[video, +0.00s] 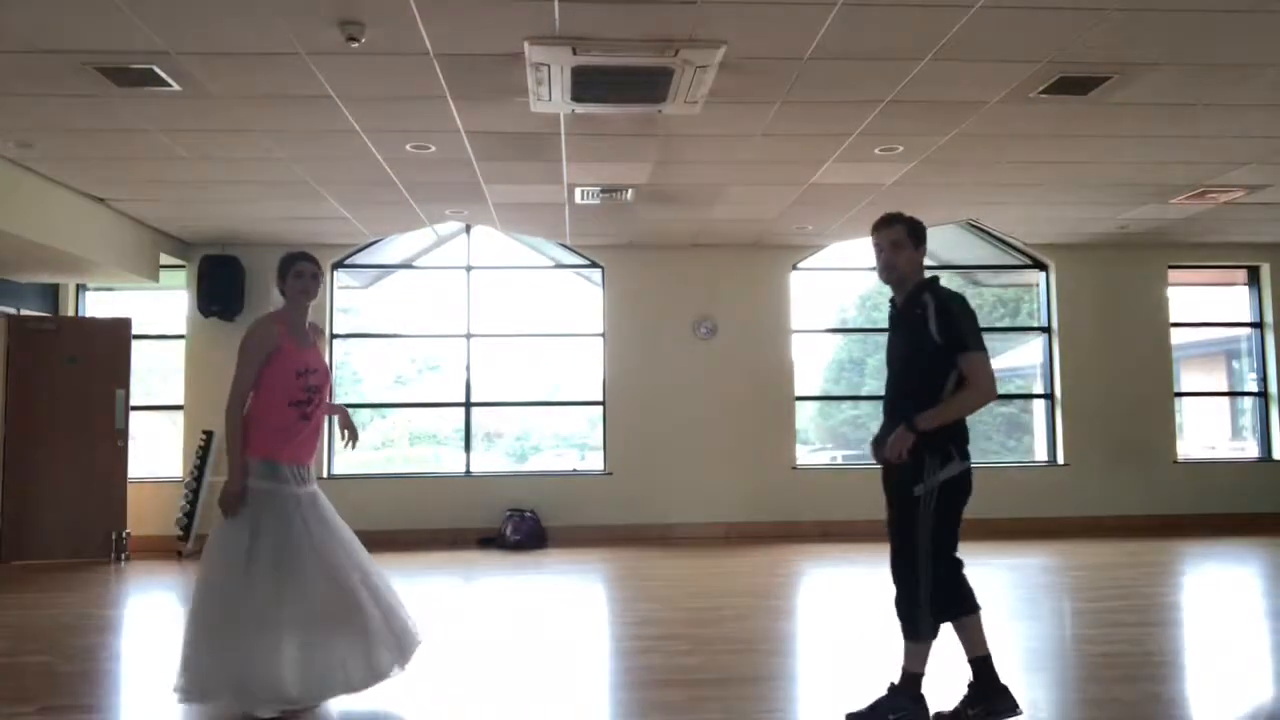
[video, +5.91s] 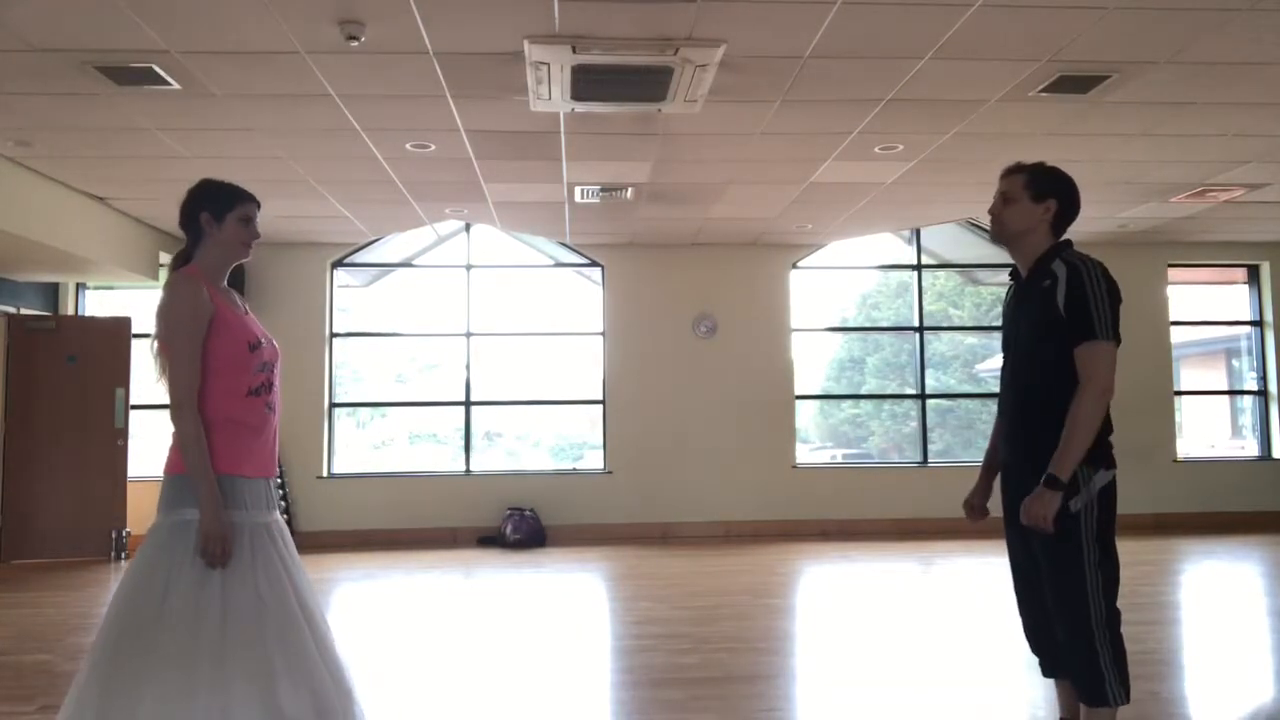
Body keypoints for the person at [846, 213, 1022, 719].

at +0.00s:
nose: (882, 258)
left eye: (891, 248)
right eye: (878, 250)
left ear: (918, 251)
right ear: (877, 257)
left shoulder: (945, 305)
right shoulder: (901, 311)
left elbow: (983, 386)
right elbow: (913, 384)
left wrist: (914, 425)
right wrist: (891, 432)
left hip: (936, 462)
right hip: (908, 462)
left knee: (917, 573)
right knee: (941, 569)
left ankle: (908, 694)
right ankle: (989, 685)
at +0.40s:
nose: (858, 268)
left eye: (868, 258)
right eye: (855, 260)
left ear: (893, 262)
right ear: (856, 267)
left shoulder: (915, 312)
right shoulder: (883, 318)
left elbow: (933, 394)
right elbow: (889, 391)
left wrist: (878, 440)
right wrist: (871, 441)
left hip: (913, 462)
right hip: (883, 460)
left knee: (908, 564)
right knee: (863, 558)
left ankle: (911, 687)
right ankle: (905, 667)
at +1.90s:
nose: (896, 246)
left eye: (906, 236)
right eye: (894, 237)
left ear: (939, 241)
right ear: (896, 244)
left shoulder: (976, 301)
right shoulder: (903, 312)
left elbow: (998, 395)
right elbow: (907, 397)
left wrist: (965, 472)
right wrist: (877, 465)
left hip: (971, 473)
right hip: (912, 472)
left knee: (977, 594)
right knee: (907, 595)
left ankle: (983, 710)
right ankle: (922, 710)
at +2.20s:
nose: (934, 239)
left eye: (946, 227)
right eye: (927, 229)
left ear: (973, 233)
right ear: (920, 237)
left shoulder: (1010, 299)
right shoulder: (918, 311)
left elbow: (1040, 394)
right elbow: (904, 401)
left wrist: (1024, 474)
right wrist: (870, 475)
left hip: (994, 479)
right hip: (931, 479)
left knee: (1010, 614)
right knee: (914, 609)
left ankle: (1052, 714)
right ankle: (925, 712)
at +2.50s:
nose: (969, 222)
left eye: (983, 210)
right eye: (964, 212)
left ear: (1019, 218)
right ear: (962, 222)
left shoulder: (1060, 281)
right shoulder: (975, 301)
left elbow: (1099, 380)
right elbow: (977, 398)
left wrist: (1098, 481)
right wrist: (938, 475)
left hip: (1051, 480)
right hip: (987, 480)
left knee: (1065, 622)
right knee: (971, 608)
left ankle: (1082, 713)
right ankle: (982, 713)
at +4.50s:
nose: (994, 212)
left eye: (1009, 203)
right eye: (998, 203)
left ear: (1048, 212)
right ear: (1034, 215)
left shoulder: (1081, 274)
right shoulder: (1021, 293)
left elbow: (1100, 385)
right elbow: (1018, 398)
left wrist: (1062, 479)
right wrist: (986, 478)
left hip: (1068, 485)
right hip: (1025, 482)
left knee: (1081, 634)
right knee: (1052, 632)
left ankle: (1095, 715)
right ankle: (1069, 713)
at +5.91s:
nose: (991, 210)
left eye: (1006, 200)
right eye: (994, 200)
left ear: (1047, 211)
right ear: (1028, 214)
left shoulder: (1079, 273)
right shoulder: (1020, 290)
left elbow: (1097, 387)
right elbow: (1016, 394)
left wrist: (1054, 483)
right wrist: (987, 477)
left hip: (1073, 481)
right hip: (1026, 479)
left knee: (1086, 630)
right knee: (1051, 628)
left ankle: (1099, 715)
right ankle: (1070, 713)